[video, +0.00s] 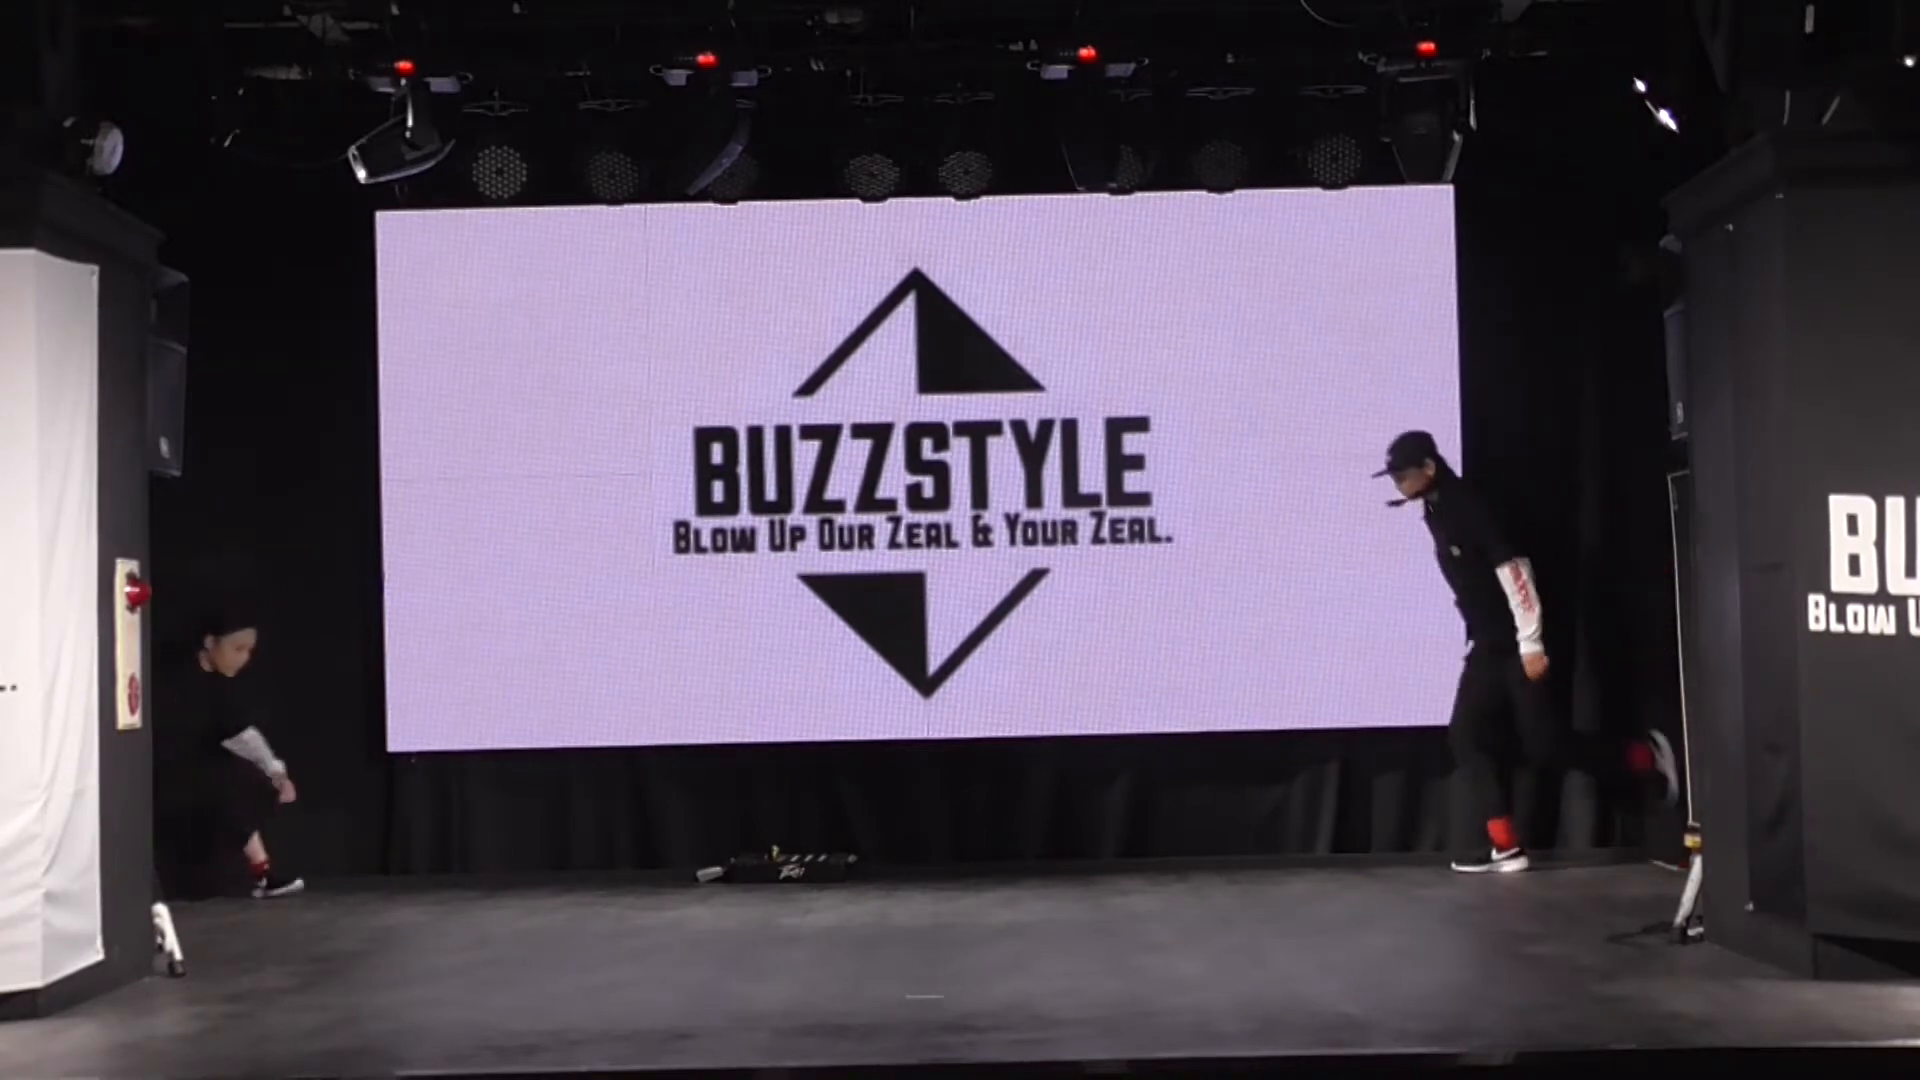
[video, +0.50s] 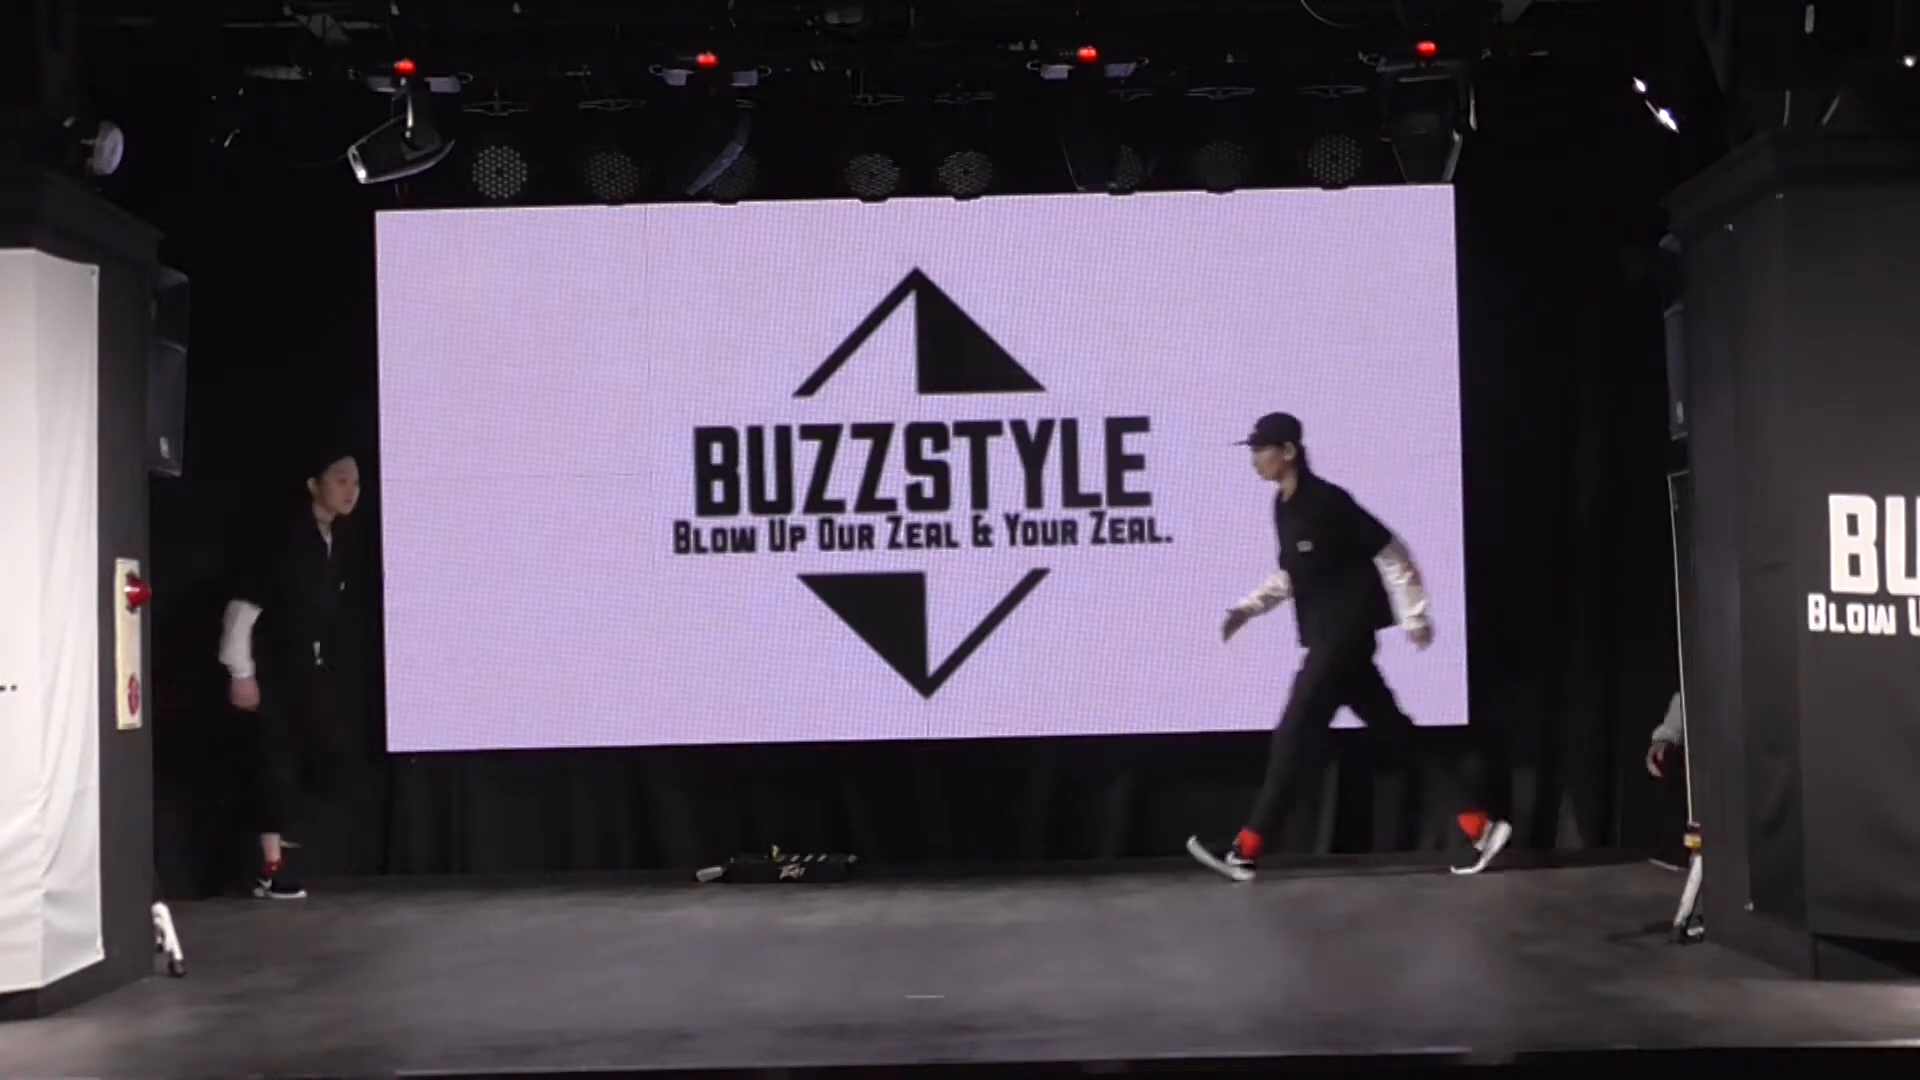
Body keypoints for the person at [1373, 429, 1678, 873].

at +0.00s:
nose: (1399, 484)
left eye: (1404, 474)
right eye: (1396, 476)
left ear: (1429, 467)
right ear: (1413, 473)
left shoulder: (1466, 502)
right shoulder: (1436, 508)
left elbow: (1512, 569)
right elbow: (1474, 575)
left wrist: (1532, 643)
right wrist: (1480, 639)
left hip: (1516, 645)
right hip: (1485, 647)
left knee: (1544, 742)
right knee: (1469, 734)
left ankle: (1650, 755)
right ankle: (1505, 845)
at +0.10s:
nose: (1374, 471)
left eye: (1378, 462)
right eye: (1371, 464)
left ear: (1403, 453)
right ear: (1392, 459)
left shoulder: (1446, 490)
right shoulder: (1413, 497)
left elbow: (1504, 551)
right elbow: (1449, 564)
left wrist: (1534, 619)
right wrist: (1456, 624)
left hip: (1490, 630)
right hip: (1461, 634)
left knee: (1481, 728)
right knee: (1461, 736)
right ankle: (1502, 842)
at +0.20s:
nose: (1350, 463)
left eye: (1355, 453)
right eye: (1346, 455)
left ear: (1381, 444)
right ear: (1364, 452)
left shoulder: (1433, 481)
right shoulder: (1385, 495)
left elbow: (1490, 541)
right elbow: (1410, 565)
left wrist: (1524, 603)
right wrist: (1418, 624)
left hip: (1468, 617)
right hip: (1438, 621)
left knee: (1409, 706)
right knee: (1456, 723)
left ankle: (1514, 741)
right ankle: (1501, 840)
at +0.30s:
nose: (1322, 458)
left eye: (1327, 448)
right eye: (1319, 449)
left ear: (1354, 441)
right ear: (1342, 446)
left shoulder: (1408, 479)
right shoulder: (1357, 494)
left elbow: (1467, 536)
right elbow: (1373, 573)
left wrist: (1500, 597)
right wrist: (1363, 640)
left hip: (1429, 616)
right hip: (1408, 620)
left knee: (1354, 696)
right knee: (1448, 729)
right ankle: (1499, 837)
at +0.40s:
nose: (1292, 460)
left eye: (1299, 450)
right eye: (1290, 451)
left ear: (1326, 446)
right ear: (1311, 452)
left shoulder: (1373, 489)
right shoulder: (1325, 502)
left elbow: (1437, 540)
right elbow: (1336, 574)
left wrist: (1466, 603)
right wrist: (1299, 624)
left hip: (1392, 628)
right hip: (1372, 631)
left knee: (1333, 716)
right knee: (1434, 729)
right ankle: (1496, 836)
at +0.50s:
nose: (1254, 459)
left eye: (1261, 450)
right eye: (1253, 451)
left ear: (1288, 451)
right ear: (1275, 455)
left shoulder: (1327, 501)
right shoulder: (1284, 505)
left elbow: (1390, 552)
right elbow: (1294, 575)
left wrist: (1414, 614)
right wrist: (1249, 607)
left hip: (1346, 641)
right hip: (1327, 643)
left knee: (1294, 733)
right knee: (1399, 735)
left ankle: (1246, 851)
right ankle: (1478, 826)